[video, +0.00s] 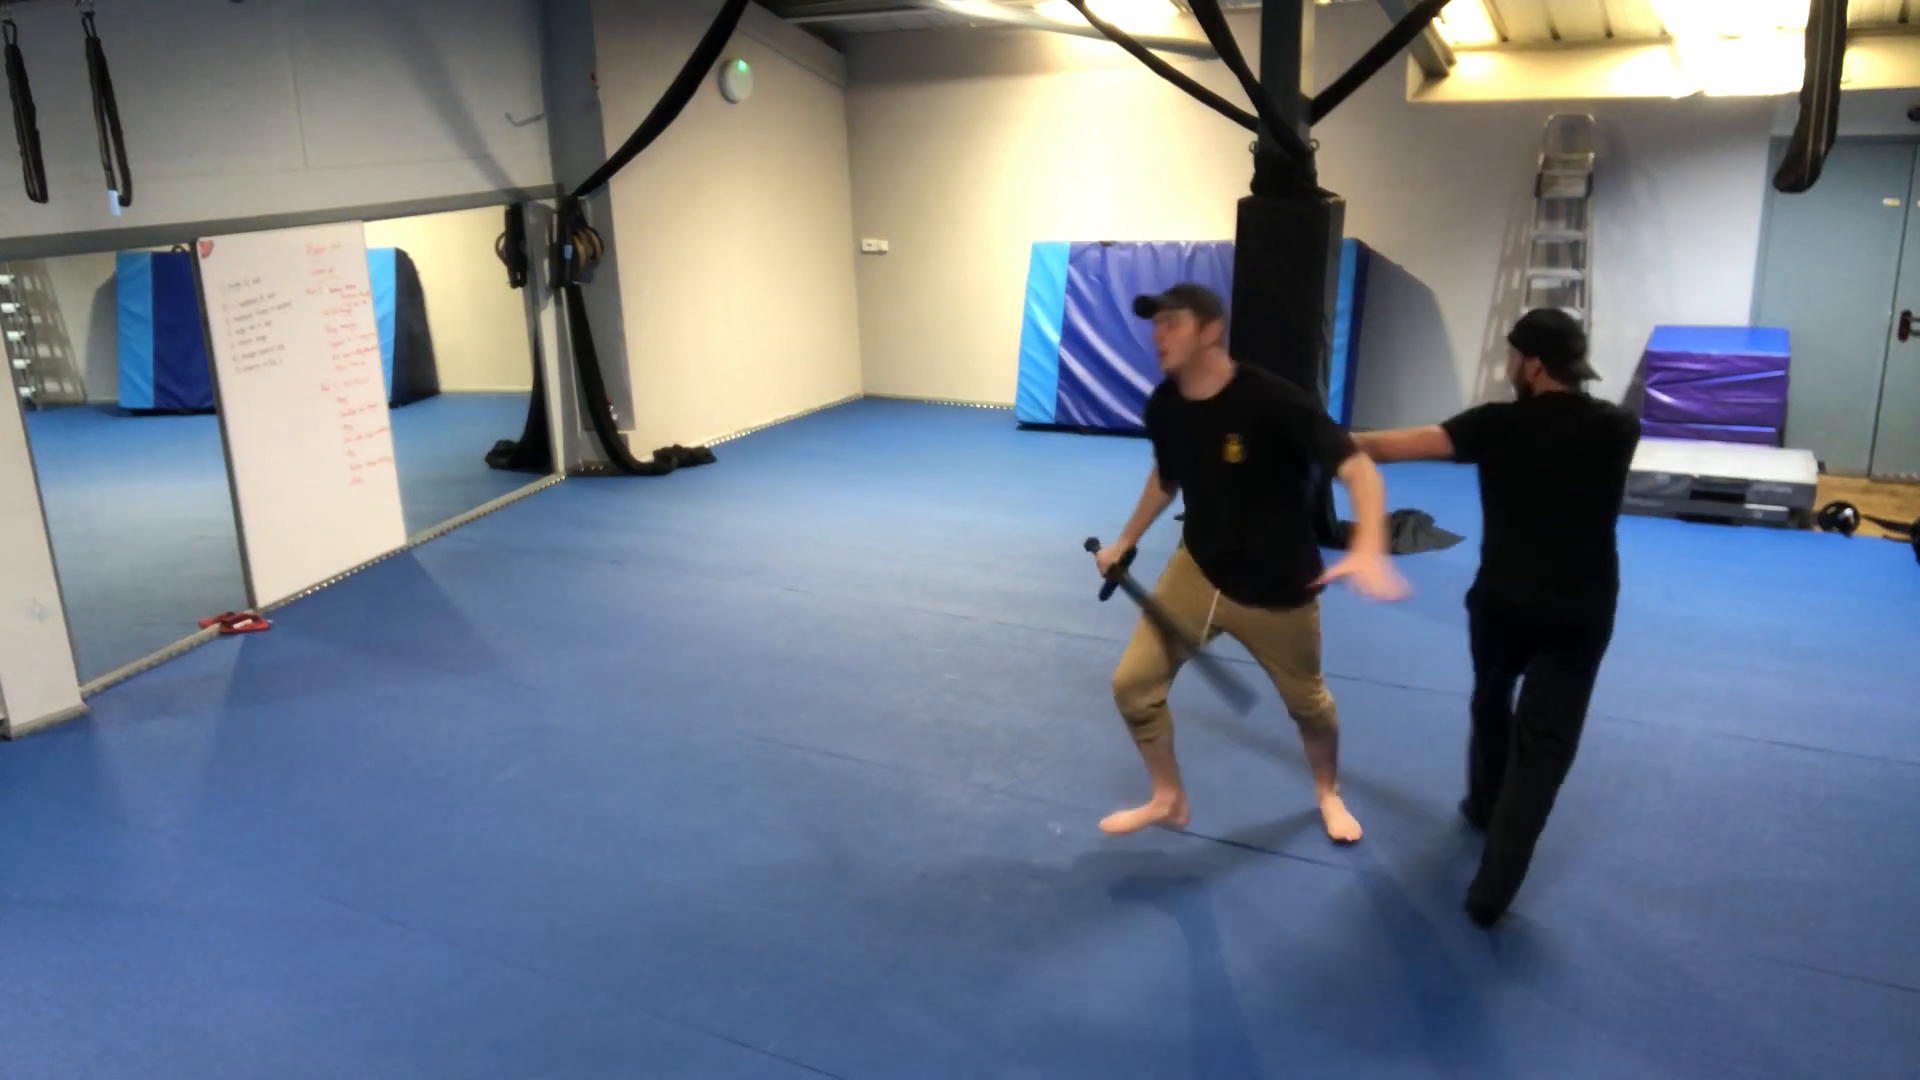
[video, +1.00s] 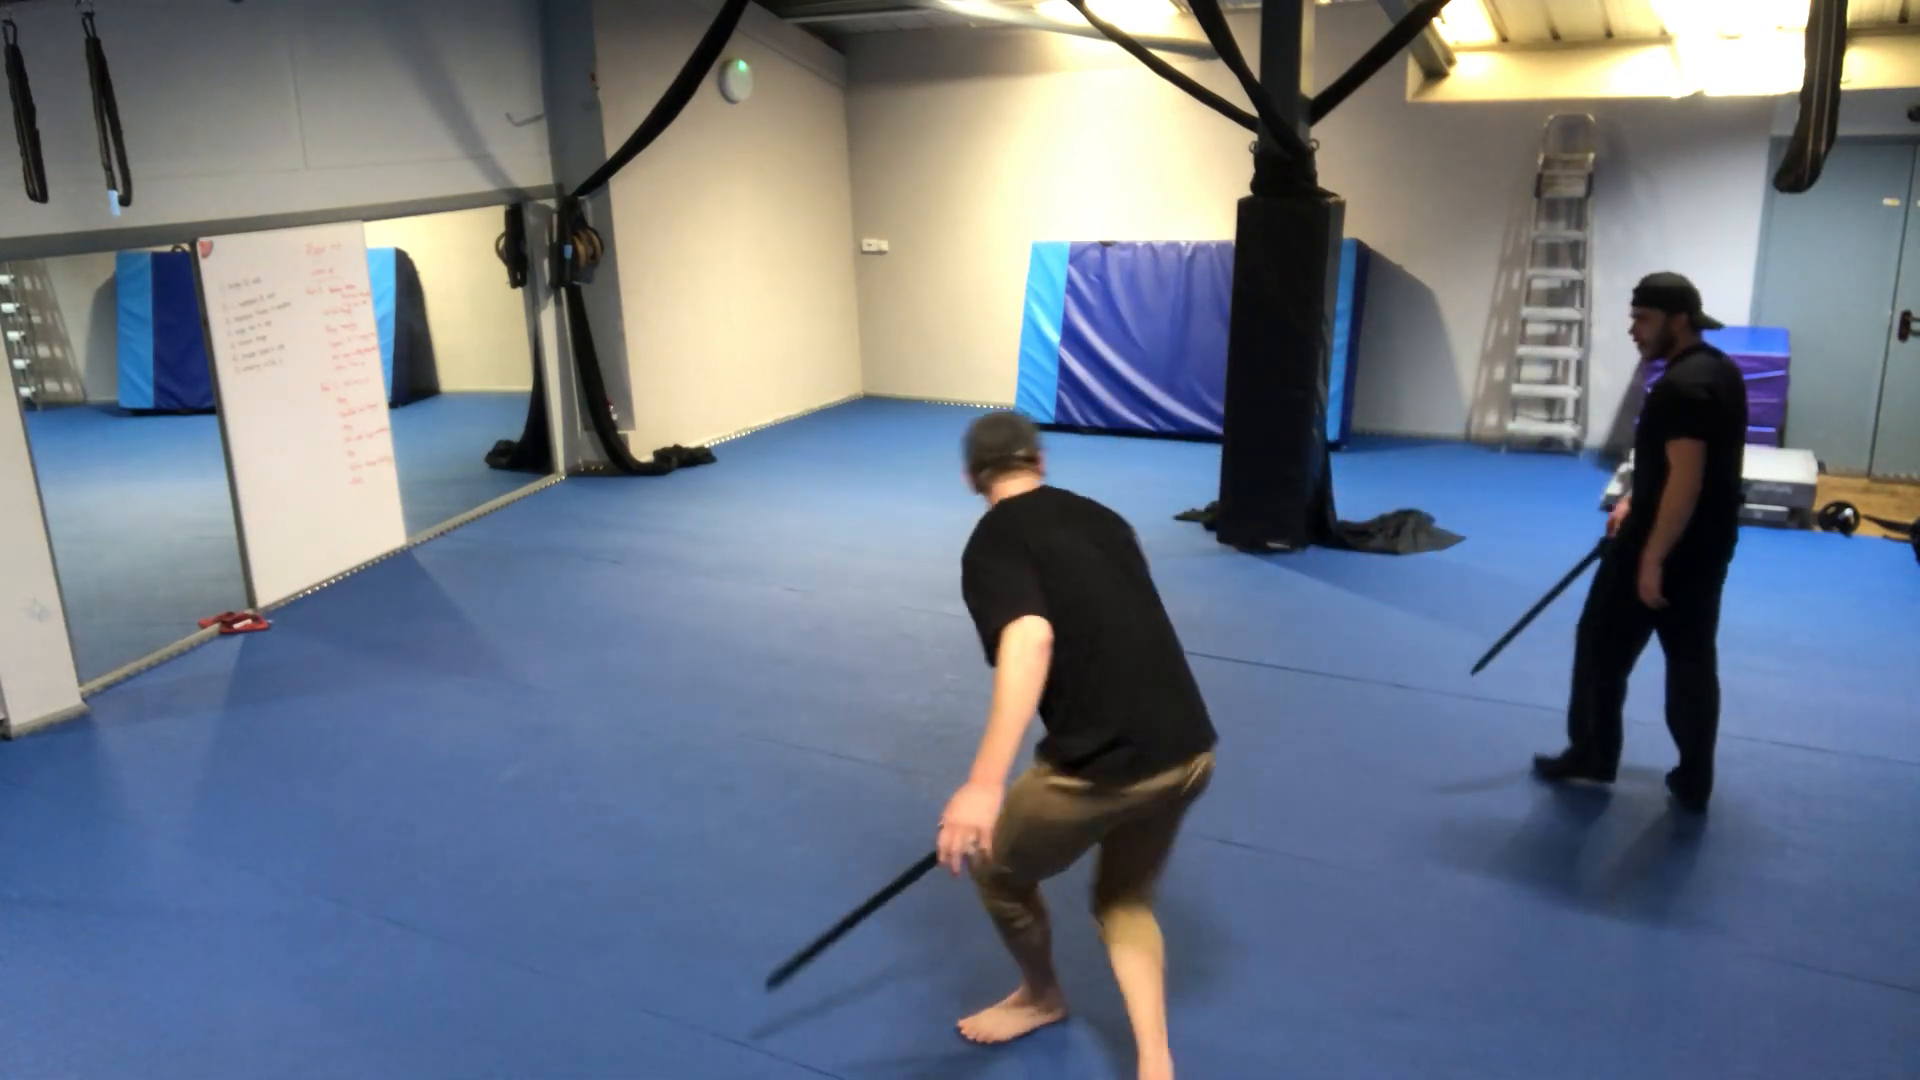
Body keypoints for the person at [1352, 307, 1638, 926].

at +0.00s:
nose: (1510, 367)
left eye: (1513, 358)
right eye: (1513, 356)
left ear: (1531, 363)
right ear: (1576, 362)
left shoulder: (1499, 424)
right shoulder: (1619, 427)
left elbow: (1395, 445)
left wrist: (1337, 443)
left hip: (1504, 603)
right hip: (1581, 614)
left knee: (1491, 694)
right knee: (1547, 745)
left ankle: (1484, 800)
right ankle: (1491, 895)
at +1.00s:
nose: (1632, 329)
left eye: (1641, 319)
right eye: (1633, 318)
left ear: (1679, 320)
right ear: (1681, 322)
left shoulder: (1681, 385)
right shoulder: (1720, 372)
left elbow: (1684, 483)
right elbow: (1682, 461)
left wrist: (1652, 556)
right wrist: (1636, 499)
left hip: (1655, 540)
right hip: (1703, 542)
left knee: (1600, 643)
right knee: (1692, 665)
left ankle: (1592, 757)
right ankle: (1694, 781)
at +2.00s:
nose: (1515, 319)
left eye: (1522, 311)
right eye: (1513, 310)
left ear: (1552, 310)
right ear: (1562, 309)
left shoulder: (1535, 366)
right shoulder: (1602, 337)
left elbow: (1468, 420)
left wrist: (1496, 372)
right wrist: (1517, 357)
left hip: (1538, 493)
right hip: (1583, 485)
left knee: (1529, 596)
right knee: (1550, 581)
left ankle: (1548, 709)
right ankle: (1538, 675)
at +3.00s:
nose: (1442, 300)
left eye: (1450, 291)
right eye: (1443, 290)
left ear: (1478, 291)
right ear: (1483, 292)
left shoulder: (1472, 341)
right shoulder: (1507, 321)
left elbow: (1404, 378)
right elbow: (1490, 295)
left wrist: (1416, 325)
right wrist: (1442, 304)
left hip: (1464, 464)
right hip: (1490, 458)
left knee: (1420, 559)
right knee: (1472, 554)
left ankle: (1389, 664)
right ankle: (1487, 651)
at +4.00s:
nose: (1330, 315)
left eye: (1336, 307)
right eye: (1328, 306)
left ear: (1360, 303)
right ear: (1359, 300)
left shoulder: (1363, 349)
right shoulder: (1378, 318)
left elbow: (1290, 381)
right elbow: (1342, 279)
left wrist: (1290, 326)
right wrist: (1311, 293)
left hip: (1366, 467)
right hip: (1358, 457)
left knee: (1333, 565)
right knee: (1332, 538)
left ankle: (1350, 669)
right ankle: (1334, 617)